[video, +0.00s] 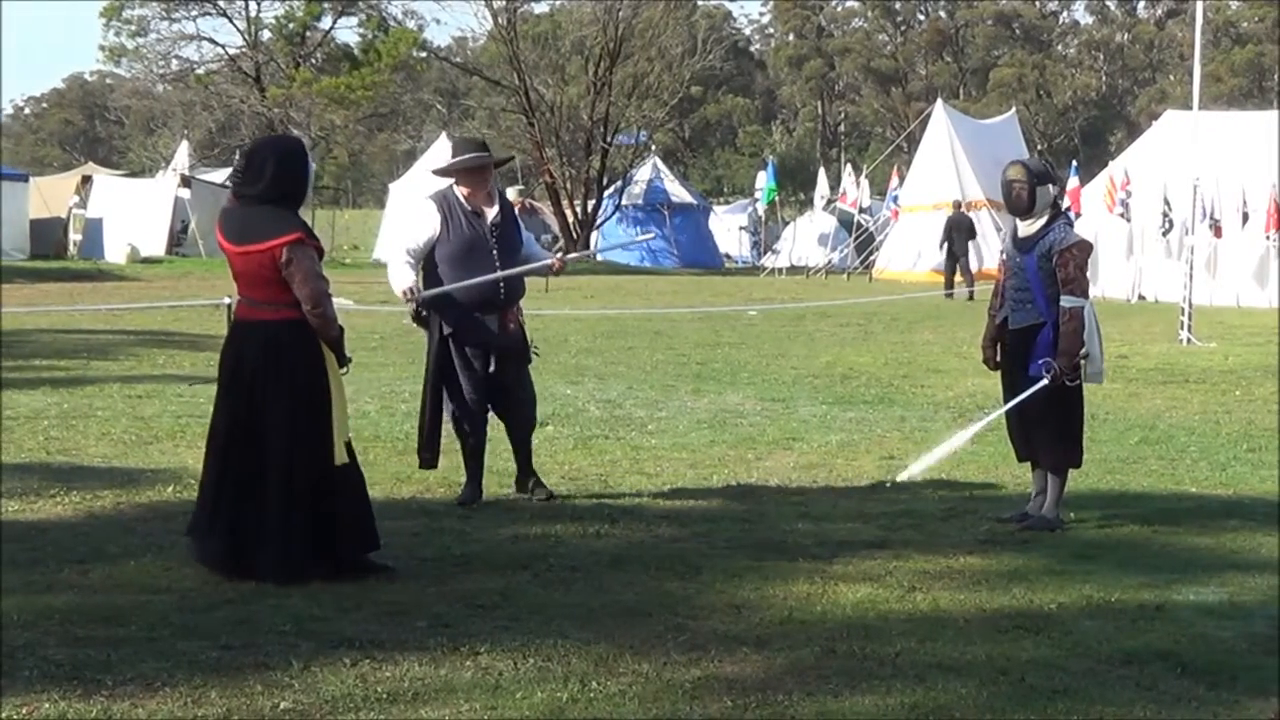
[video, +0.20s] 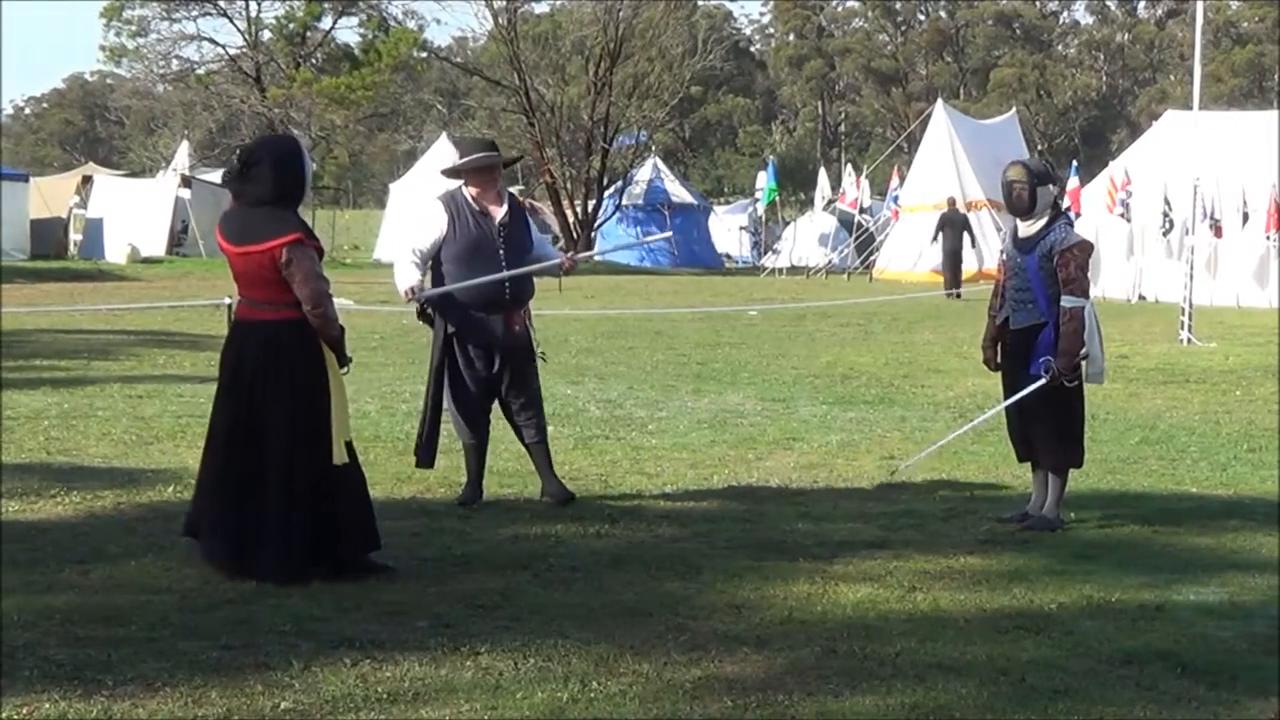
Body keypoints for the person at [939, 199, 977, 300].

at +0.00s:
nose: (954, 208)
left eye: (953, 206)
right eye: (956, 206)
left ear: (953, 207)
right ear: (961, 207)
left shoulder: (950, 219)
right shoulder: (968, 219)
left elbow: (946, 234)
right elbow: (973, 235)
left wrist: (941, 243)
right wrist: (964, 238)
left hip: (952, 248)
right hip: (963, 248)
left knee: (949, 271)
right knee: (966, 270)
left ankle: (949, 293)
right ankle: (970, 291)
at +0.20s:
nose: (950, 206)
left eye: (949, 203)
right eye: (952, 203)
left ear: (947, 204)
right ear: (956, 203)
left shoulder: (944, 216)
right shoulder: (963, 216)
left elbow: (938, 228)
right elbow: (969, 229)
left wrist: (934, 237)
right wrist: (973, 241)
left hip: (948, 248)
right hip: (958, 247)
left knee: (948, 269)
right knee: (958, 269)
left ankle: (949, 290)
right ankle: (958, 289)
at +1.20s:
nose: (932, 204)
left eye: (931, 202)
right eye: (934, 202)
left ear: (928, 203)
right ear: (936, 202)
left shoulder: (924, 214)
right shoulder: (940, 213)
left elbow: (917, 226)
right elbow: (947, 227)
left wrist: (913, 236)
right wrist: (953, 240)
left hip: (928, 244)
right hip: (938, 244)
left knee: (928, 266)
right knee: (939, 265)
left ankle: (929, 287)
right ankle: (939, 286)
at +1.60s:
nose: (931, 206)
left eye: (929, 204)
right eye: (932, 204)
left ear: (926, 204)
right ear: (934, 204)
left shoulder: (921, 215)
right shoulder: (937, 216)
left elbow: (915, 227)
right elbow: (944, 230)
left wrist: (912, 236)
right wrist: (950, 242)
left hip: (924, 244)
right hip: (934, 244)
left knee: (922, 264)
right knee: (933, 265)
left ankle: (926, 281)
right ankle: (932, 284)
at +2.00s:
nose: (926, 207)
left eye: (925, 205)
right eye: (927, 205)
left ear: (923, 205)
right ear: (930, 205)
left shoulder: (918, 216)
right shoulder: (935, 216)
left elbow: (913, 228)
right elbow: (941, 229)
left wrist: (909, 238)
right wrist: (933, 231)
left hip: (920, 245)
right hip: (930, 245)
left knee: (919, 266)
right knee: (931, 265)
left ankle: (920, 285)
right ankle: (930, 285)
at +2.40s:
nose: (929, 205)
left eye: (928, 203)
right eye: (930, 203)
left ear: (924, 203)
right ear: (931, 203)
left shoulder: (918, 214)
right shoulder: (935, 215)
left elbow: (910, 225)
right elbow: (939, 227)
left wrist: (908, 235)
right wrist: (944, 237)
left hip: (921, 242)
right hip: (931, 243)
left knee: (919, 263)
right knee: (932, 263)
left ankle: (920, 284)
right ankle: (933, 283)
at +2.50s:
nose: (931, 206)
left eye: (929, 204)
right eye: (931, 204)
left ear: (925, 204)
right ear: (933, 204)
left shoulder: (920, 215)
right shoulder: (936, 216)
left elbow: (912, 226)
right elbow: (940, 228)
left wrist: (909, 236)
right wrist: (945, 238)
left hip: (922, 243)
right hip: (932, 244)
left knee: (920, 263)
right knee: (933, 264)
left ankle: (920, 284)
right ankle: (933, 283)